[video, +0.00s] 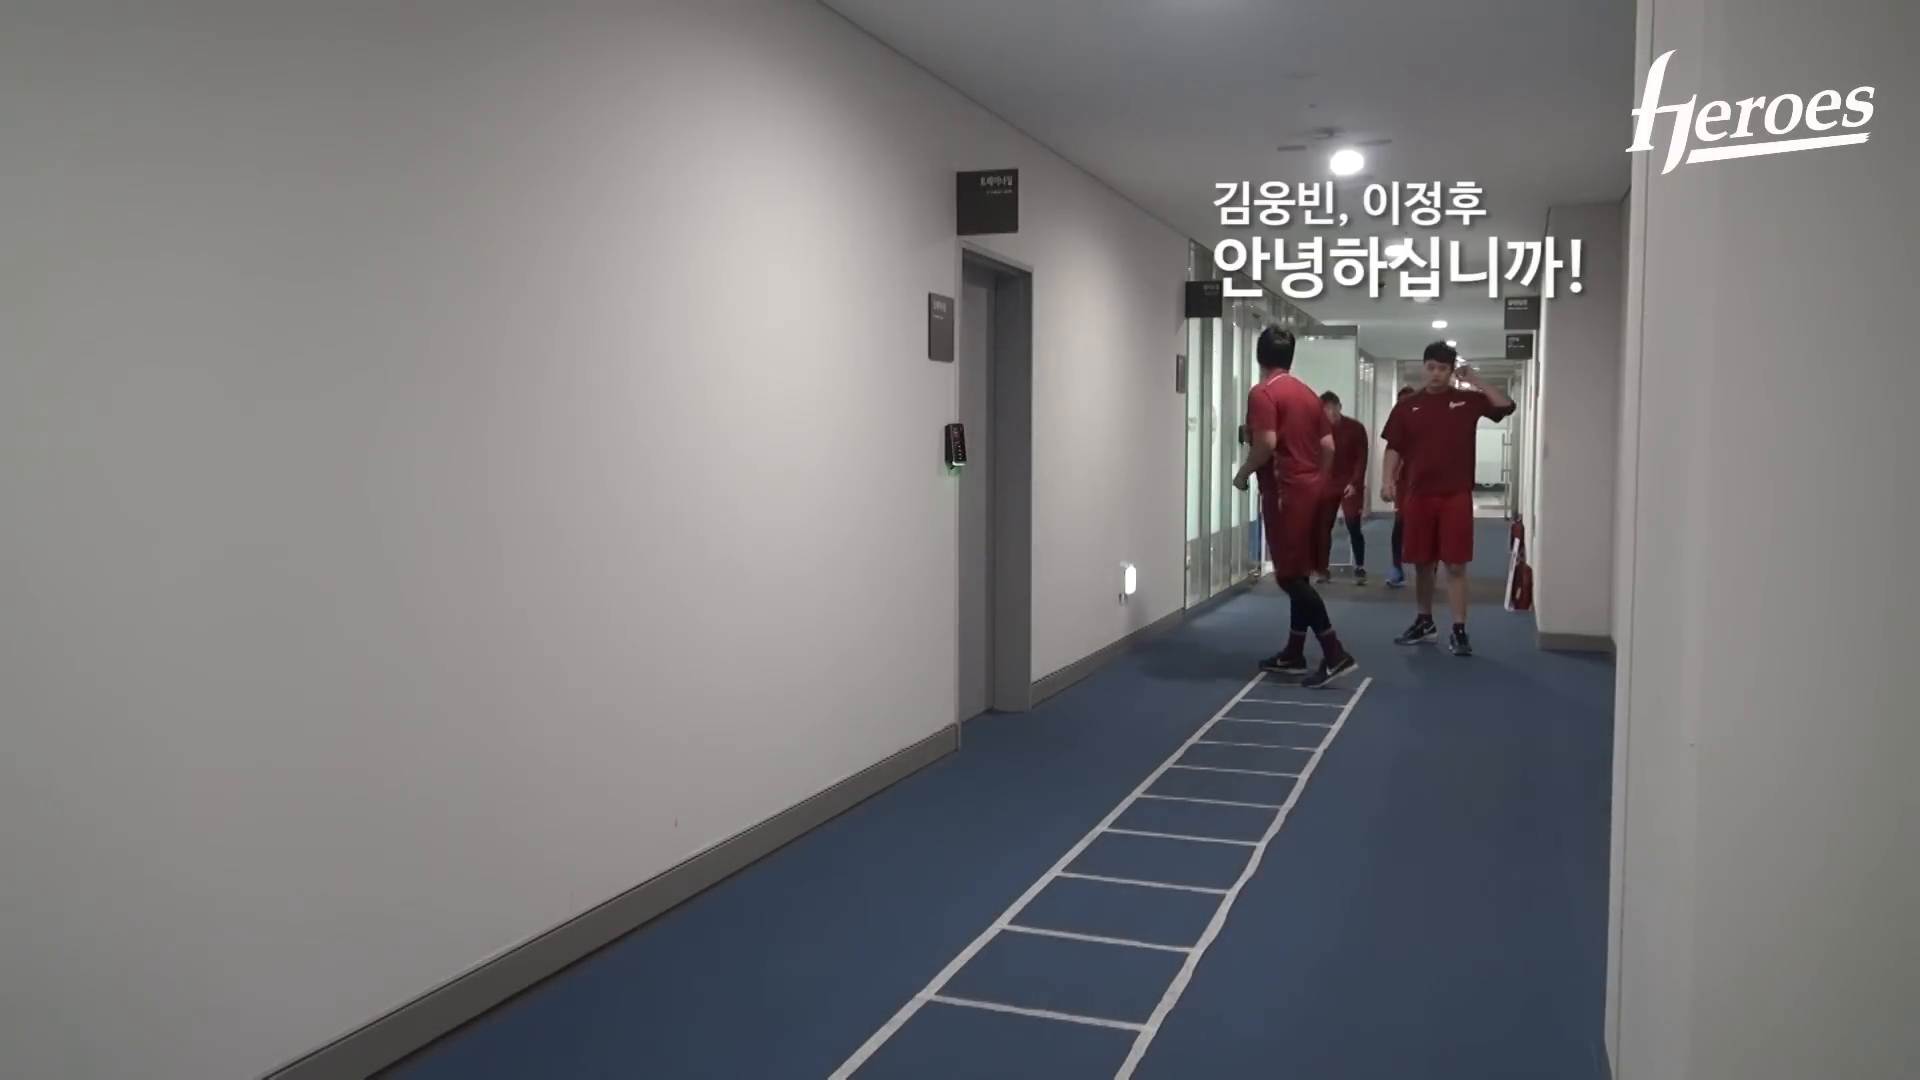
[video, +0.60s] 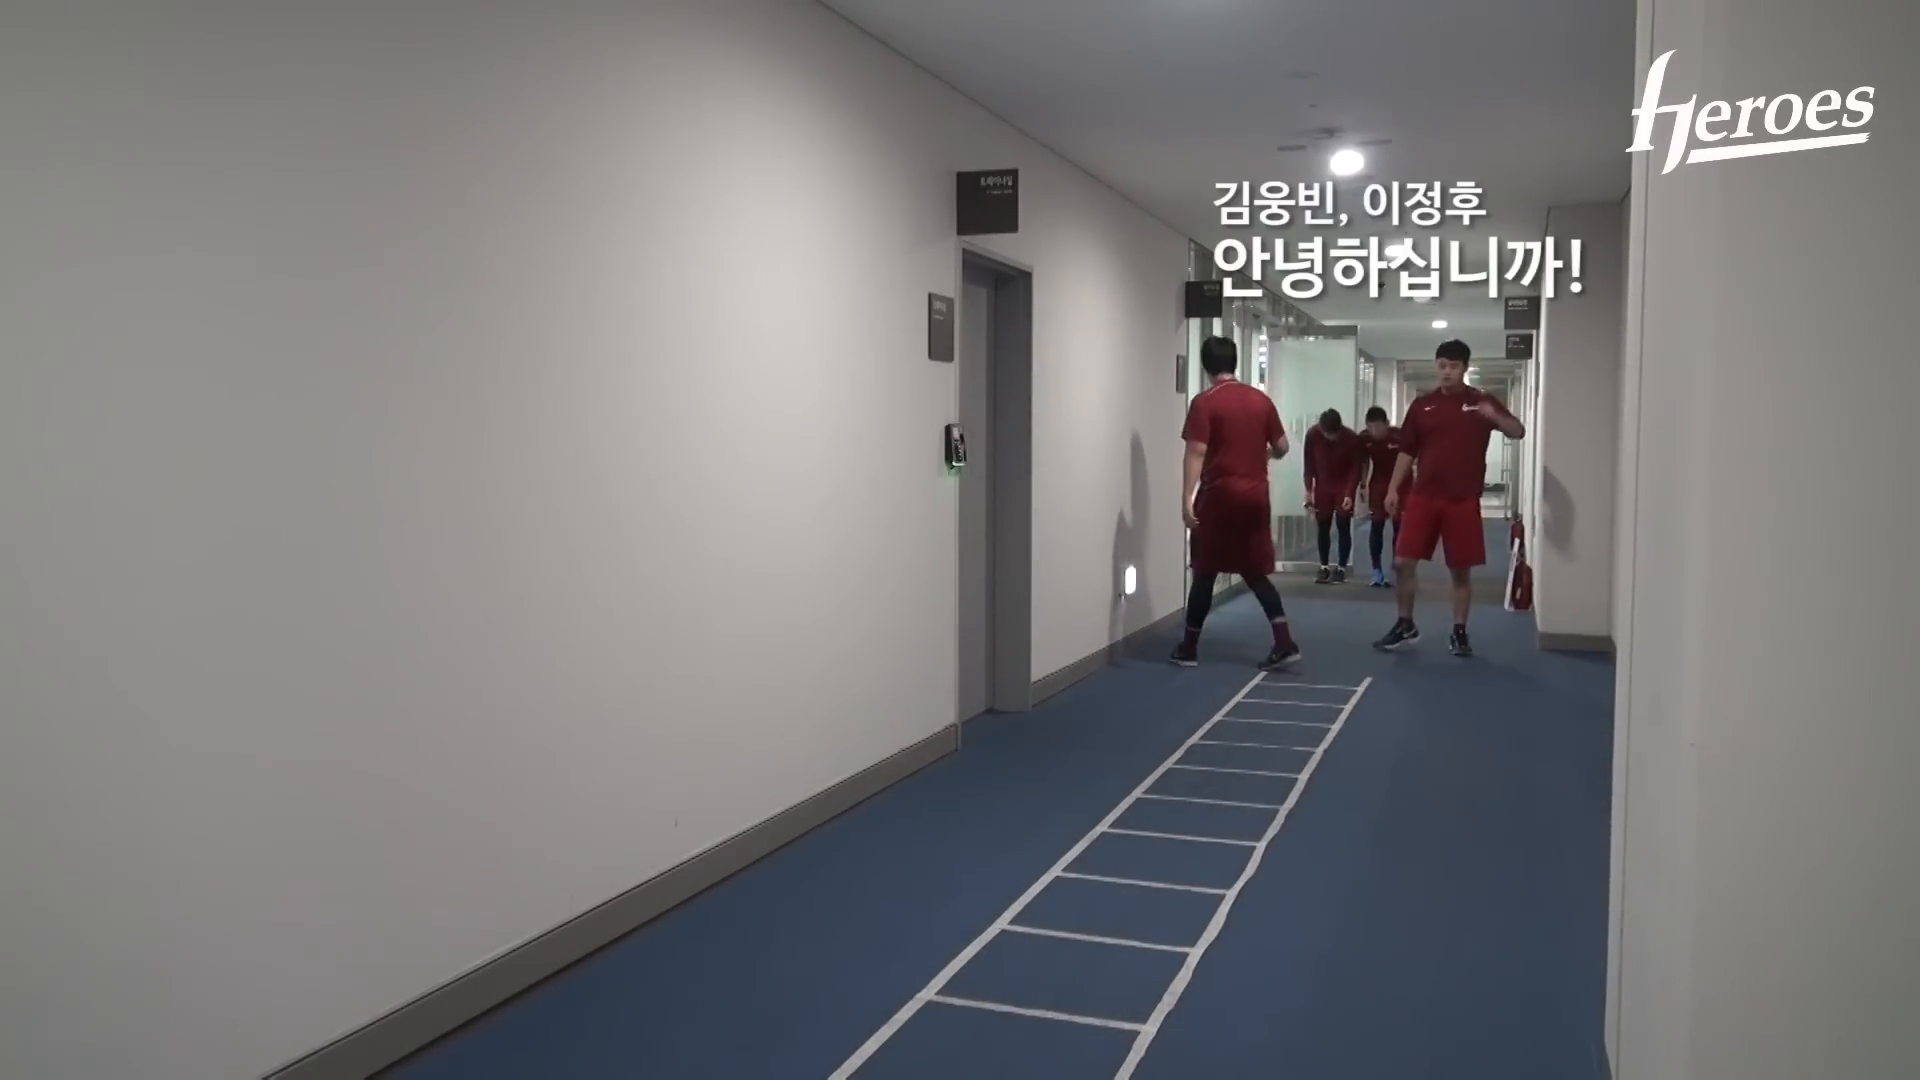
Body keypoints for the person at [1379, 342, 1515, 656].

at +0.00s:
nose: (1436, 374)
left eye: (1442, 369)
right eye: (1431, 367)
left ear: (1452, 372)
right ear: (1423, 368)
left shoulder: (1468, 401)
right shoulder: (1407, 406)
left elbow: (1505, 407)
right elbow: (1393, 447)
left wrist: (1476, 380)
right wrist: (1387, 480)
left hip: (1456, 495)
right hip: (1419, 495)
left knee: (1456, 564)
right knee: (1423, 564)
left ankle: (1459, 629)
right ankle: (1424, 620)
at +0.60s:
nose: (1446, 371)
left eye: (1453, 366)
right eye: (1442, 365)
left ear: (1465, 368)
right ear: (1436, 367)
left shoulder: (1483, 402)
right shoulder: (1422, 405)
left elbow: (1517, 432)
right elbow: (1406, 451)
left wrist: (1495, 417)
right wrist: (1392, 489)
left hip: (1462, 501)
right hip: (1423, 498)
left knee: (1460, 570)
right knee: (1403, 562)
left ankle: (1459, 631)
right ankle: (1405, 624)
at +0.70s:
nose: (1442, 372)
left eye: (1448, 366)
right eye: (1437, 366)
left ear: (1460, 369)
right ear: (1431, 368)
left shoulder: (1477, 403)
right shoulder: (1417, 406)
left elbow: (1507, 438)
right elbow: (1405, 452)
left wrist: (1502, 454)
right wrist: (1393, 488)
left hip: (1459, 502)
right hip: (1419, 499)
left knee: (1458, 571)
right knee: (1403, 565)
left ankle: (1459, 633)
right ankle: (1391, 629)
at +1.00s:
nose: (1415, 372)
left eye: (1422, 367)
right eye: (1410, 367)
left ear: (1435, 369)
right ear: (1405, 370)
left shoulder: (1455, 405)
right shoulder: (1393, 407)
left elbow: (1467, 451)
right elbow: (1380, 453)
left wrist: (1470, 489)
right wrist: (1366, 488)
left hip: (1437, 502)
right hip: (1396, 501)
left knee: (1445, 572)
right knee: (1389, 570)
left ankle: (1457, 631)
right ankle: (1382, 634)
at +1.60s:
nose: (1376, 375)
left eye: (1382, 369)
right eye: (1371, 370)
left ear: (1394, 370)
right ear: (1364, 373)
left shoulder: (1418, 402)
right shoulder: (1355, 409)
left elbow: (1442, 440)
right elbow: (1339, 448)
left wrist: (1449, 474)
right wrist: (1327, 479)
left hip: (1405, 498)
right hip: (1368, 499)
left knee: (1400, 566)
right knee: (1374, 570)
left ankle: (1410, 635)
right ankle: (1379, 635)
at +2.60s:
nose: (1384, 376)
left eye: (1390, 370)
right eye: (1382, 370)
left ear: (1410, 368)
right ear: (1382, 370)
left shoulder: (1428, 405)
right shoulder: (1382, 400)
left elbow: (1427, 459)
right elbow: (1373, 444)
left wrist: (1409, 501)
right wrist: (1347, 470)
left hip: (1408, 497)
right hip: (1378, 495)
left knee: (1403, 573)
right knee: (1361, 569)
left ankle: (1405, 643)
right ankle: (1382, 631)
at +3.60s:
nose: (1339, 378)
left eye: (1344, 372)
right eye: (1337, 373)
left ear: (1361, 369)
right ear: (1342, 373)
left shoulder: (1388, 403)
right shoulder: (1339, 406)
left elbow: (1396, 453)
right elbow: (1328, 452)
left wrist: (1384, 493)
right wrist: (1308, 485)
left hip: (1369, 500)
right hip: (1339, 499)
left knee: (1369, 570)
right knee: (1351, 571)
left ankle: (1393, 638)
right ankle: (1364, 633)